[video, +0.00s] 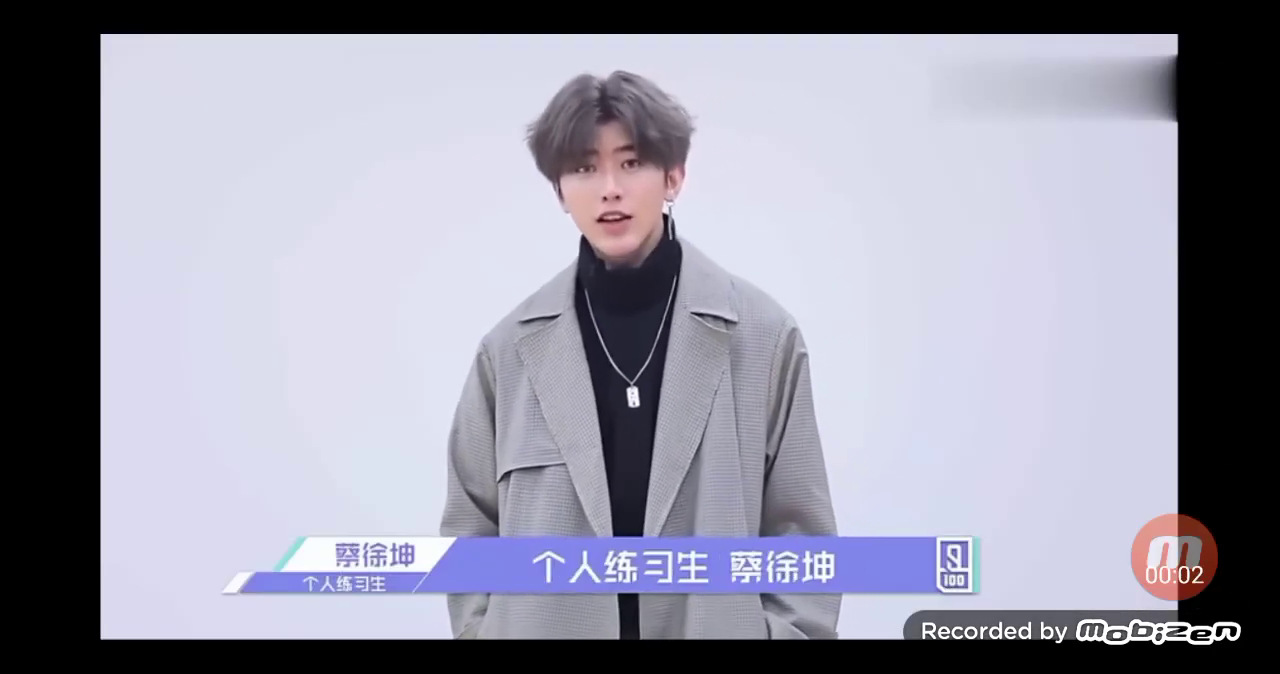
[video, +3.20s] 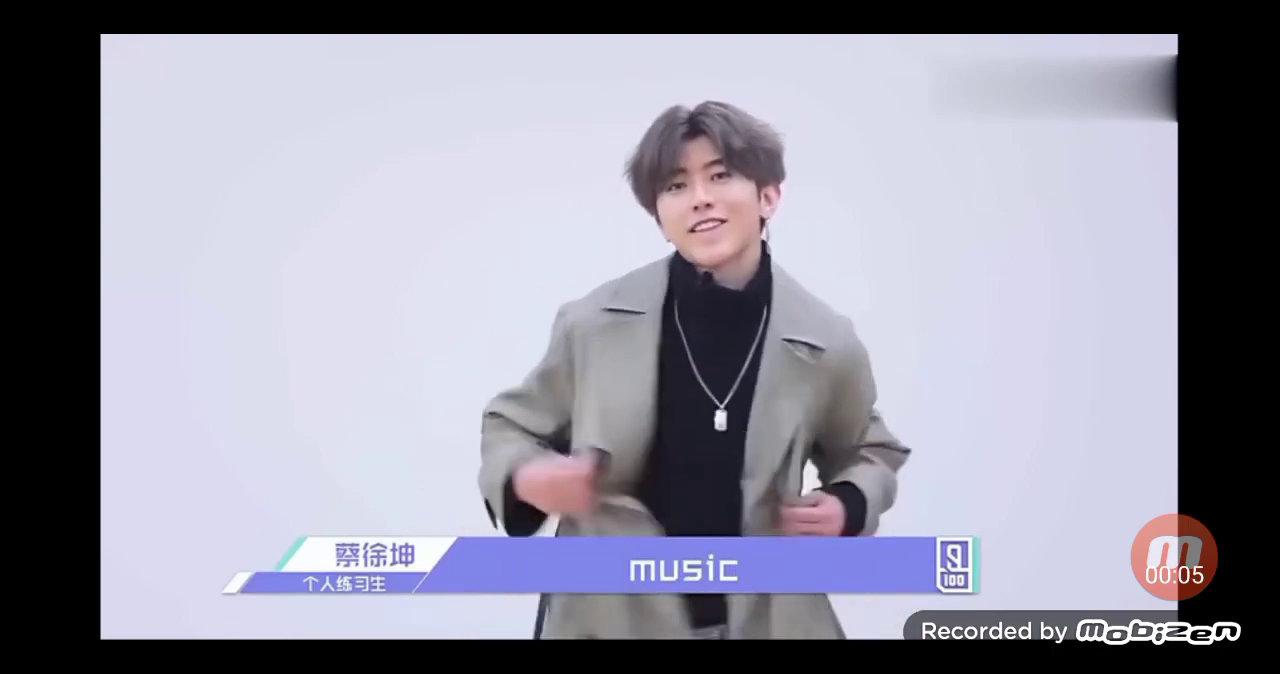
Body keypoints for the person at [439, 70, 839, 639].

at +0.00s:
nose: (609, 190)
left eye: (631, 164)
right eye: (585, 168)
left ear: (673, 177)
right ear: (560, 190)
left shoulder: (765, 336)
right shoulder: (505, 351)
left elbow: (804, 530)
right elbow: (467, 528)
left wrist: (786, 630)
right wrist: (485, 626)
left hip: (714, 630)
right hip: (548, 631)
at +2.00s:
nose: (640, 193)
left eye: (659, 167)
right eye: (615, 175)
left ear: (705, 181)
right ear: (594, 199)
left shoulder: (797, 342)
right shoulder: (542, 356)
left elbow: (827, 541)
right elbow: (495, 536)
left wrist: (805, 631)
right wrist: (510, 628)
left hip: (737, 630)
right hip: (581, 630)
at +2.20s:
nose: (677, 190)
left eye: (697, 163)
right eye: (652, 172)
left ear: (745, 178)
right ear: (633, 198)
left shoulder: (831, 349)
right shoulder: (567, 343)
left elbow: (862, 544)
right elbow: (465, 449)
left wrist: (843, 628)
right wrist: (496, 585)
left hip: (774, 624)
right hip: (605, 625)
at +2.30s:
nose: (698, 195)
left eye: (718, 168)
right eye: (673, 178)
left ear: (764, 181)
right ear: (652, 201)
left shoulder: (850, 358)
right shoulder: (581, 334)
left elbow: (883, 551)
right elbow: (461, 413)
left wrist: (874, 629)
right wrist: (435, 538)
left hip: (784, 631)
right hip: (604, 629)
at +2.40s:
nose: (712, 198)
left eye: (731, 171)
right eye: (688, 182)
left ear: (777, 182)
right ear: (666, 205)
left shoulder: (854, 361)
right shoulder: (595, 336)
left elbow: (889, 554)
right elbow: (523, 474)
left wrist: (876, 627)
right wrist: (481, 459)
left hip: (789, 632)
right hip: (629, 629)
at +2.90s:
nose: (733, 196)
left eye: (752, 171)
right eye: (708, 181)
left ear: (799, 189)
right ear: (687, 206)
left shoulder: (853, 342)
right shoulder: (610, 332)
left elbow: (869, 476)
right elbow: (520, 444)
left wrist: (910, 553)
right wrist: (576, 501)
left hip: (812, 626)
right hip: (651, 622)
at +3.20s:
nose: (700, 198)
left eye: (721, 176)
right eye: (676, 185)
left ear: (768, 196)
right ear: (658, 213)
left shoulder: (824, 340)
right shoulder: (592, 324)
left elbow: (872, 453)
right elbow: (509, 426)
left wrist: (845, 504)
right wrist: (524, 476)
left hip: (765, 617)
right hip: (616, 616)